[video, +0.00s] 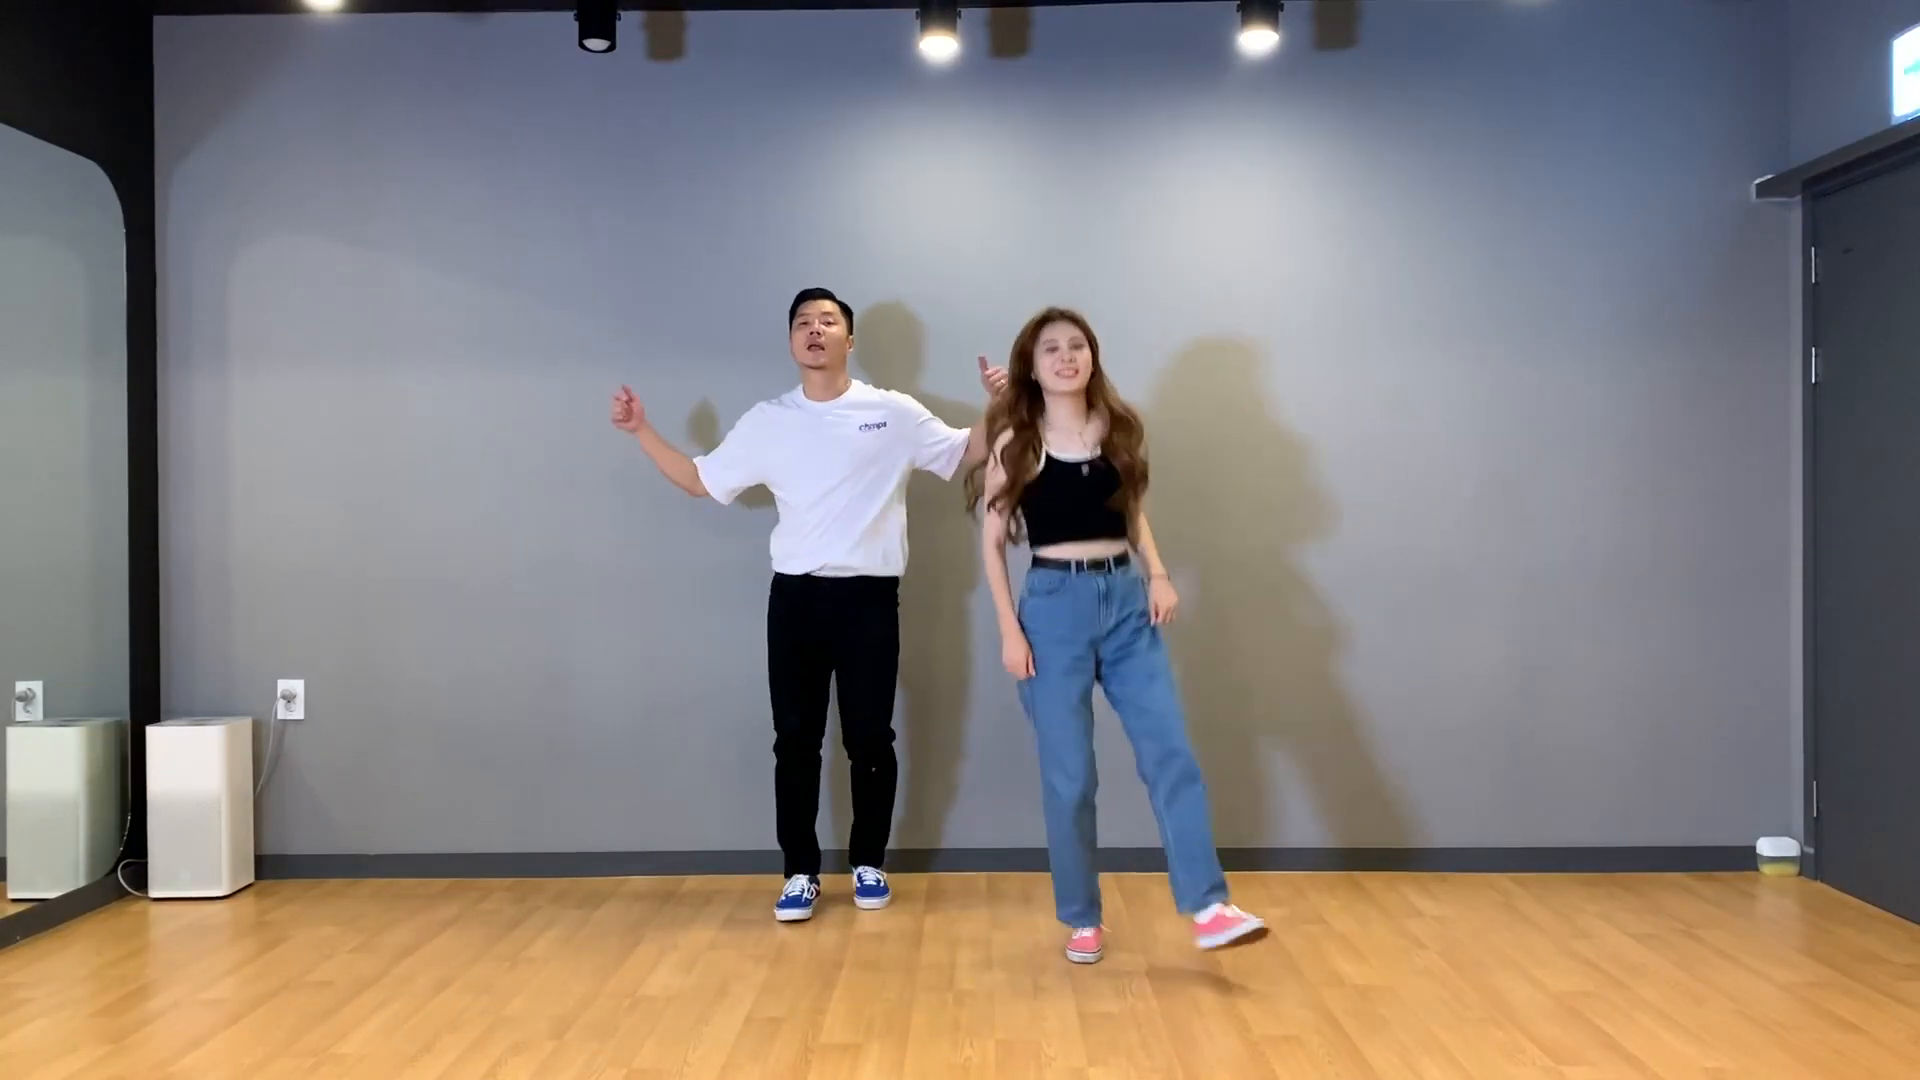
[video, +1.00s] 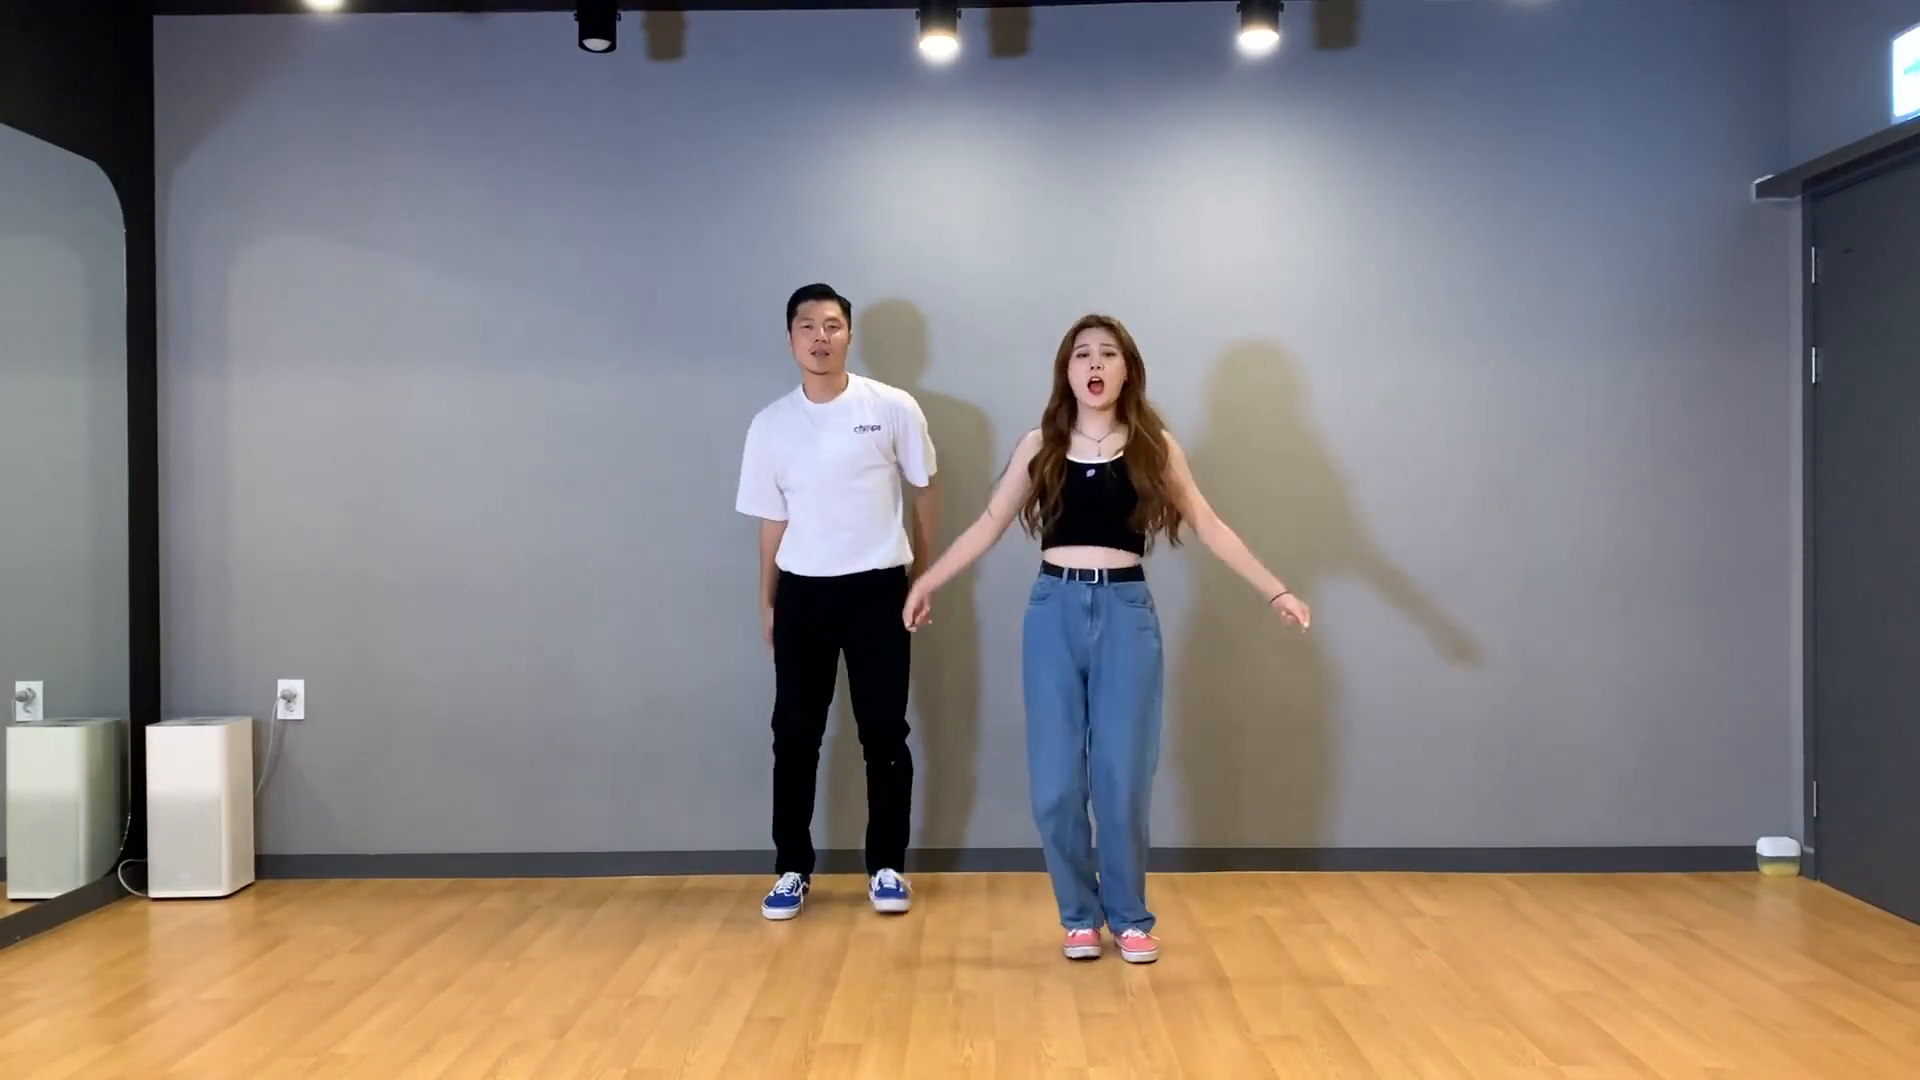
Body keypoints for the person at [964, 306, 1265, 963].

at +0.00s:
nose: (1065, 358)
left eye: (1075, 347)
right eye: (1050, 350)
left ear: (1093, 359)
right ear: (1031, 366)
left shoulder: (1119, 431)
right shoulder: (1014, 444)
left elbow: (1133, 512)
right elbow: (993, 540)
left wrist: (1158, 573)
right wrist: (1009, 628)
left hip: (1125, 598)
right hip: (1052, 604)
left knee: (1170, 751)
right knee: (1071, 775)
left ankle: (1205, 903)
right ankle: (1082, 917)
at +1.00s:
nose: (1094, 366)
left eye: (1107, 356)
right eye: (1082, 356)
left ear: (1128, 369)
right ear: (1066, 369)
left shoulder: (1153, 445)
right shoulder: (1040, 444)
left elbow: (1207, 525)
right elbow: (990, 523)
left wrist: (1273, 587)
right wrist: (926, 582)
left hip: (1126, 615)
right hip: (1052, 614)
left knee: (1122, 775)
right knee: (1054, 784)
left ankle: (1129, 917)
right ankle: (1080, 916)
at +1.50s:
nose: (1086, 368)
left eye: (1096, 356)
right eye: (1071, 361)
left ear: (1115, 365)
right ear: (1057, 375)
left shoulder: (1154, 441)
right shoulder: (1036, 446)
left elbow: (1162, 537)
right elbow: (1025, 541)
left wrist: (1161, 620)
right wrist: (1012, 628)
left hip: (1134, 609)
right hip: (1060, 609)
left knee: (1131, 771)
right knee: (1072, 772)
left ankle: (1133, 917)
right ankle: (1080, 916)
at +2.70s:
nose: (1067, 362)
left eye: (1078, 352)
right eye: (1053, 355)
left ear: (1100, 368)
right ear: (1035, 374)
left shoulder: (1127, 447)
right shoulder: (1012, 454)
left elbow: (1189, 527)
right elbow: (969, 538)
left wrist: (1241, 581)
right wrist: (928, 612)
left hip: (1109, 622)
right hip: (1033, 625)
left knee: (1134, 781)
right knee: (1067, 788)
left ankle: (1159, 923)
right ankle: (1092, 944)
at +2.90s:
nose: (1040, 386)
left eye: (1052, 376)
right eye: (1027, 376)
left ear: (1072, 387)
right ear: (1010, 388)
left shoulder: (1092, 458)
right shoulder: (985, 448)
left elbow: (1120, 546)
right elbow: (989, 526)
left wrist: (1088, 512)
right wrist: (1045, 466)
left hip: (1057, 630)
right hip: (986, 625)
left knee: (1064, 800)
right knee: (1007, 776)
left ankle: (1013, 895)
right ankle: (1058, 926)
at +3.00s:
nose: (1022, 395)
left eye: (1034, 385)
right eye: (1010, 387)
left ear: (1055, 397)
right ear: (993, 401)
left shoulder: (1076, 475)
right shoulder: (975, 464)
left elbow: (1061, 570)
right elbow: (998, 556)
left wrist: (1035, 501)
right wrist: (1046, 490)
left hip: (1029, 646)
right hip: (959, 639)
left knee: (1043, 801)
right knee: (942, 774)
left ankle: (1002, 910)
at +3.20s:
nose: (979, 385)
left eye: (989, 376)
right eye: (965, 379)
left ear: (1009, 391)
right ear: (947, 398)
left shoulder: (1034, 469)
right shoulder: (925, 461)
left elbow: (1101, 523)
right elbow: (841, 510)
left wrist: (1155, 561)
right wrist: (780, 528)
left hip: (989, 650)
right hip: (922, 640)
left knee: (1017, 798)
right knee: (845, 779)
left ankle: (1008, 916)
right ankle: (772, 905)